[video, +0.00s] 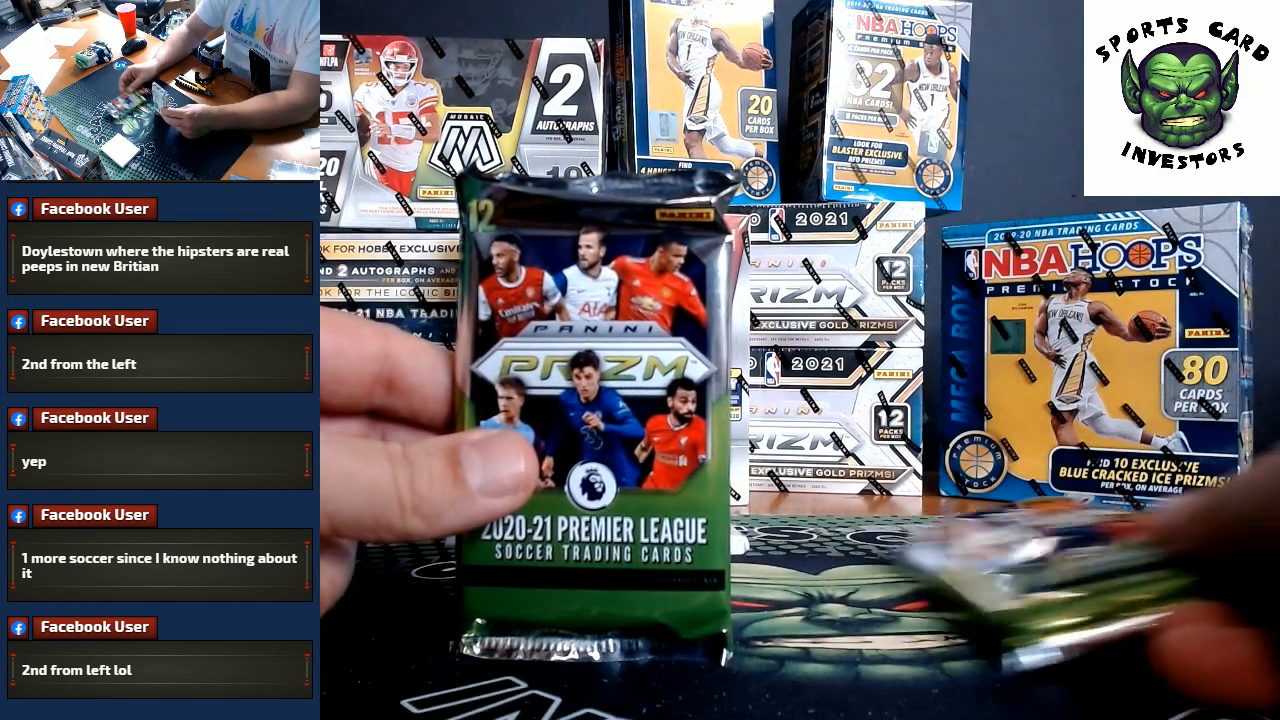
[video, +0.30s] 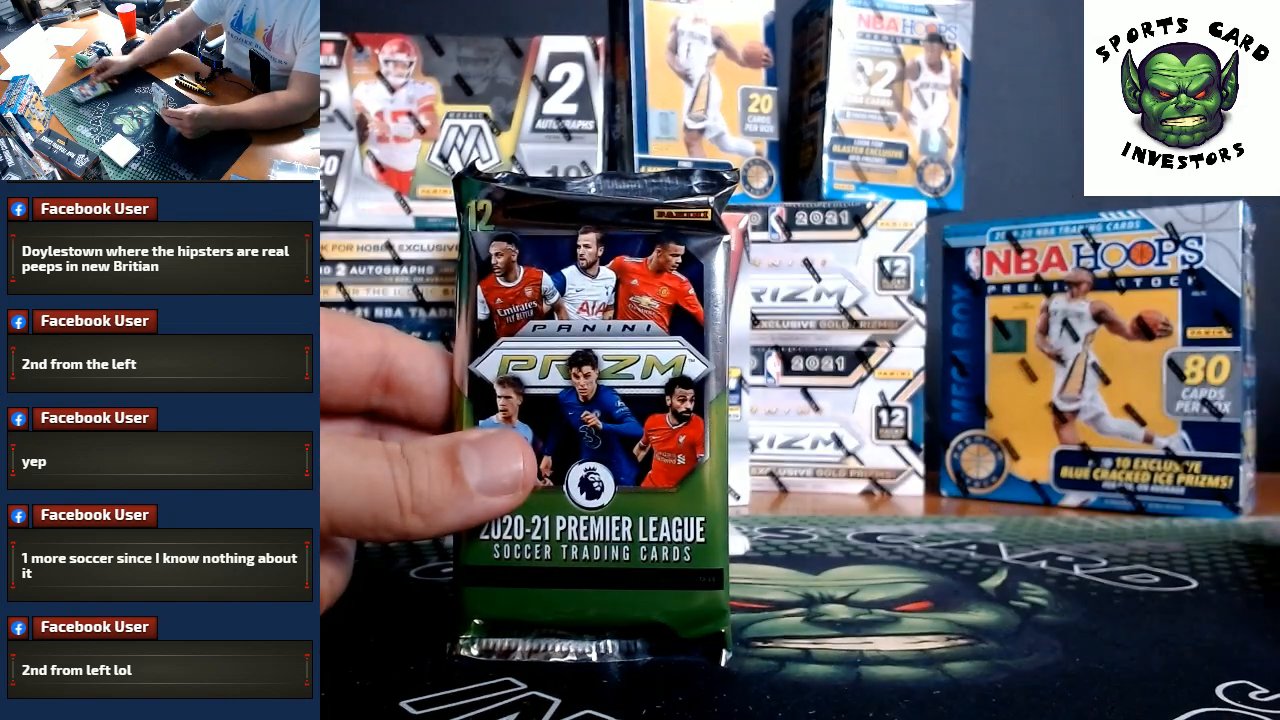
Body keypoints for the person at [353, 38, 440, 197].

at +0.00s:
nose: (399, 71)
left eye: (404, 67)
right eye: (393, 66)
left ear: (412, 68)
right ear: (384, 66)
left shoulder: (423, 92)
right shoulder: (366, 91)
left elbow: (433, 132)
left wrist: (392, 130)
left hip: (405, 172)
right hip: (376, 168)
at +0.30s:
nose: (399, 71)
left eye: (405, 65)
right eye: (393, 64)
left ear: (412, 66)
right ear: (382, 65)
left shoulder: (421, 91)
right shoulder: (365, 91)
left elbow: (432, 131)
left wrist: (392, 129)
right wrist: (365, 129)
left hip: (404, 172)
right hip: (373, 168)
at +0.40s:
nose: (398, 70)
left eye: (404, 64)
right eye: (392, 63)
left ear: (412, 65)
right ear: (381, 64)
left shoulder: (423, 89)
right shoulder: (364, 90)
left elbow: (432, 130)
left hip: (404, 168)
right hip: (372, 164)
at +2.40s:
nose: (399, 70)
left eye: (405, 65)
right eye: (393, 64)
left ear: (413, 66)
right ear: (382, 64)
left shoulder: (423, 90)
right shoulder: (365, 90)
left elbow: (432, 130)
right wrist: (370, 126)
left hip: (405, 170)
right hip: (374, 165)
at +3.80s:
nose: (399, 71)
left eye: (405, 65)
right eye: (394, 64)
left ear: (412, 66)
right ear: (382, 64)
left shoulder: (421, 91)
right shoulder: (365, 90)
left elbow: (433, 130)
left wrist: (419, 128)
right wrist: (370, 126)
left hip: (405, 170)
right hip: (374, 166)